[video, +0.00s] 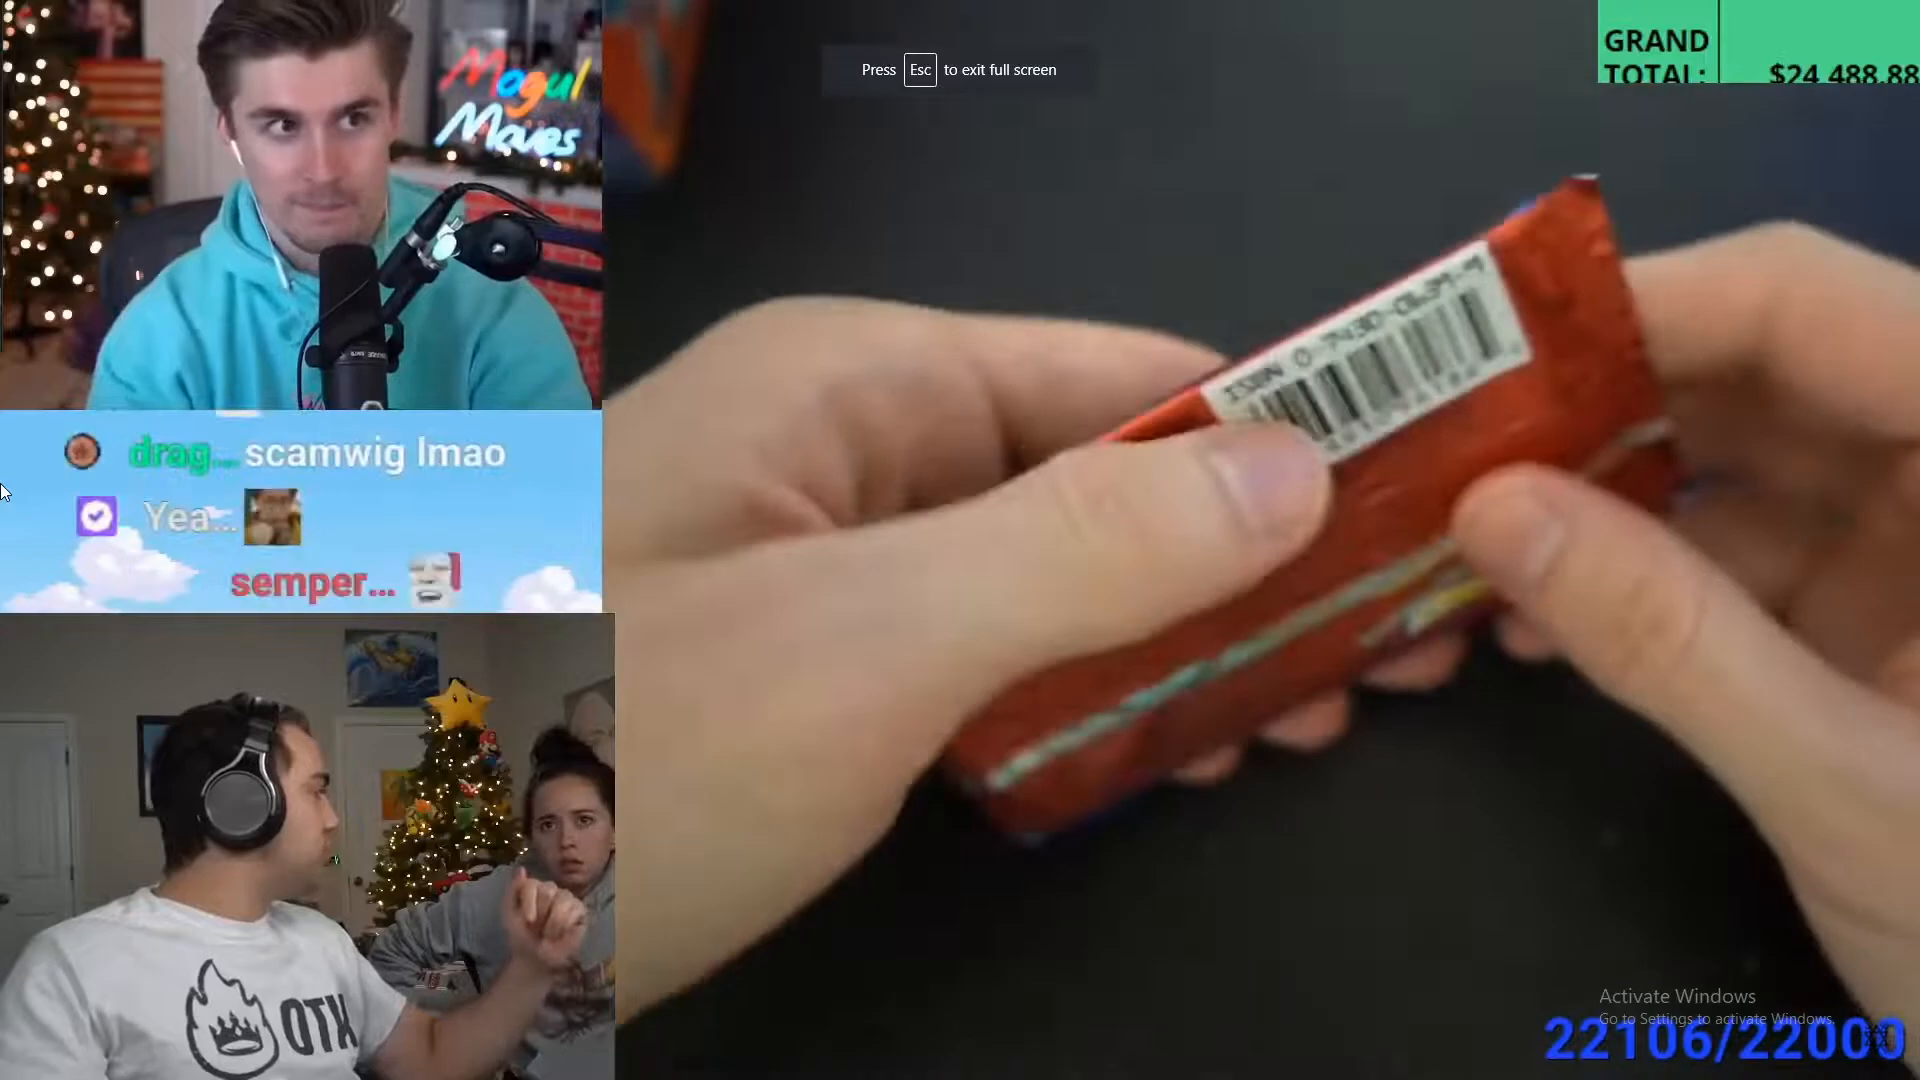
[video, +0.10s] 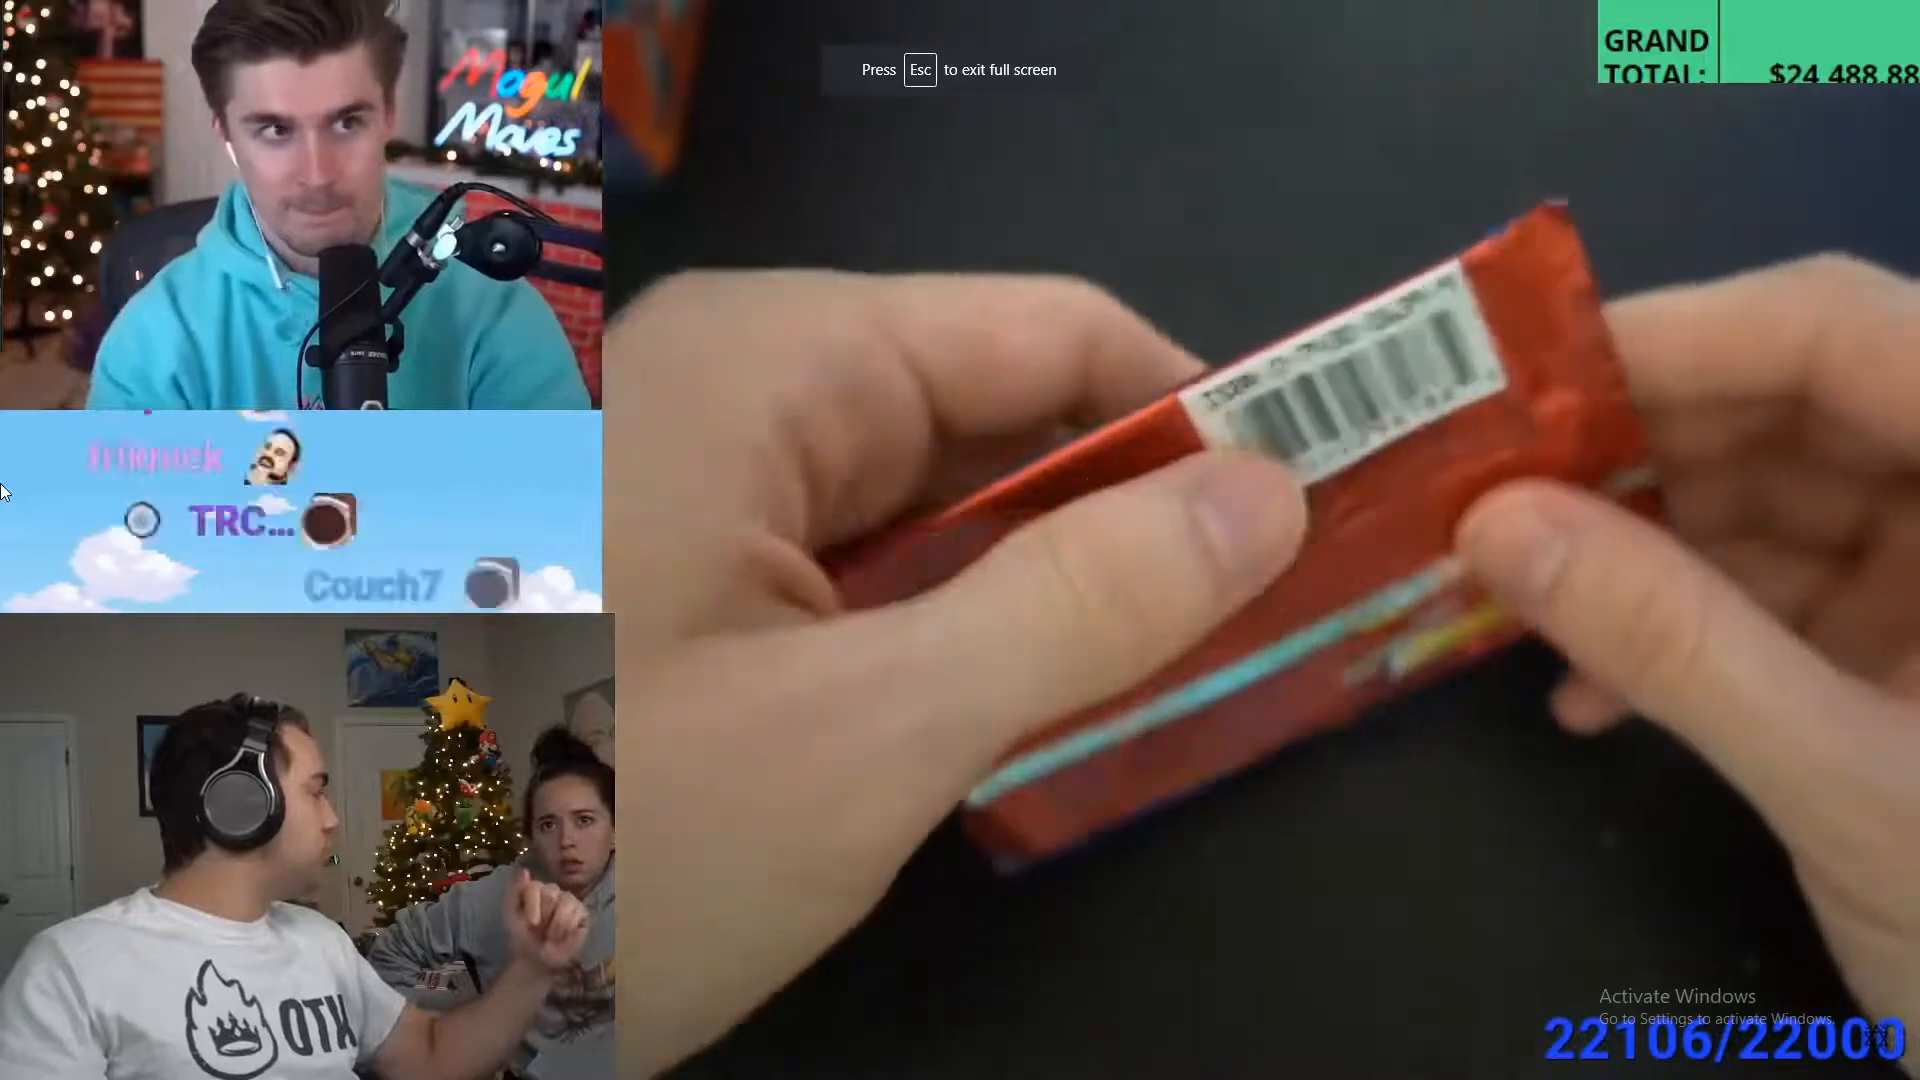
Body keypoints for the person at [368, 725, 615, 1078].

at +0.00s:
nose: (567, 841)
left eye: (584, 821)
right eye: (548, 825)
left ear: (614, 831)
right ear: (531, 836)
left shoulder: (641, 895)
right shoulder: (489, 900)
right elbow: (387, 957)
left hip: (616, 1070)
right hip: (535, 1072)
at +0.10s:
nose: (567, 841)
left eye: (585, 821)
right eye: (548, 825)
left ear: (614, 831)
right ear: (531, 836)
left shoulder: (642, 896)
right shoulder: (490, 900)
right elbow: (388, 956)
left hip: (623, 1068)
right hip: (535, 1071)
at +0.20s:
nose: (567, 841)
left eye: (585, 821)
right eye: (548, 825)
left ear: (614, 831)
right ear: (531, 837)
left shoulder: (641, 894)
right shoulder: (492, 899)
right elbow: (387, 956)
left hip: (619, 1069)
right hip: (535, 1071)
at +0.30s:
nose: (567, 841)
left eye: (585, 821)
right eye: (548, 825)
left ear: (614, 831)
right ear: (531, 836)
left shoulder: (641, 895)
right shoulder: (490, 900)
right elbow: (386, 958)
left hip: (620, 1069)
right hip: (535, 1072)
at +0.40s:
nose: (567, 841)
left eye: (585, 821)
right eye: (549, 825)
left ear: (614, 831)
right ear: (531, 837)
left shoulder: (642, 894)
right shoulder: (489, 901)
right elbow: (387, 957)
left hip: (622, 1068)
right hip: (536, 1071)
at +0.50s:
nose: (567, 842)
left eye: (585, 822)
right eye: (548, 825)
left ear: (614, 829)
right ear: (531, 836)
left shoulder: (642, 896)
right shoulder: (489, 900)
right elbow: (387, 957)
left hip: (621, 1069)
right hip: (534, 1071)